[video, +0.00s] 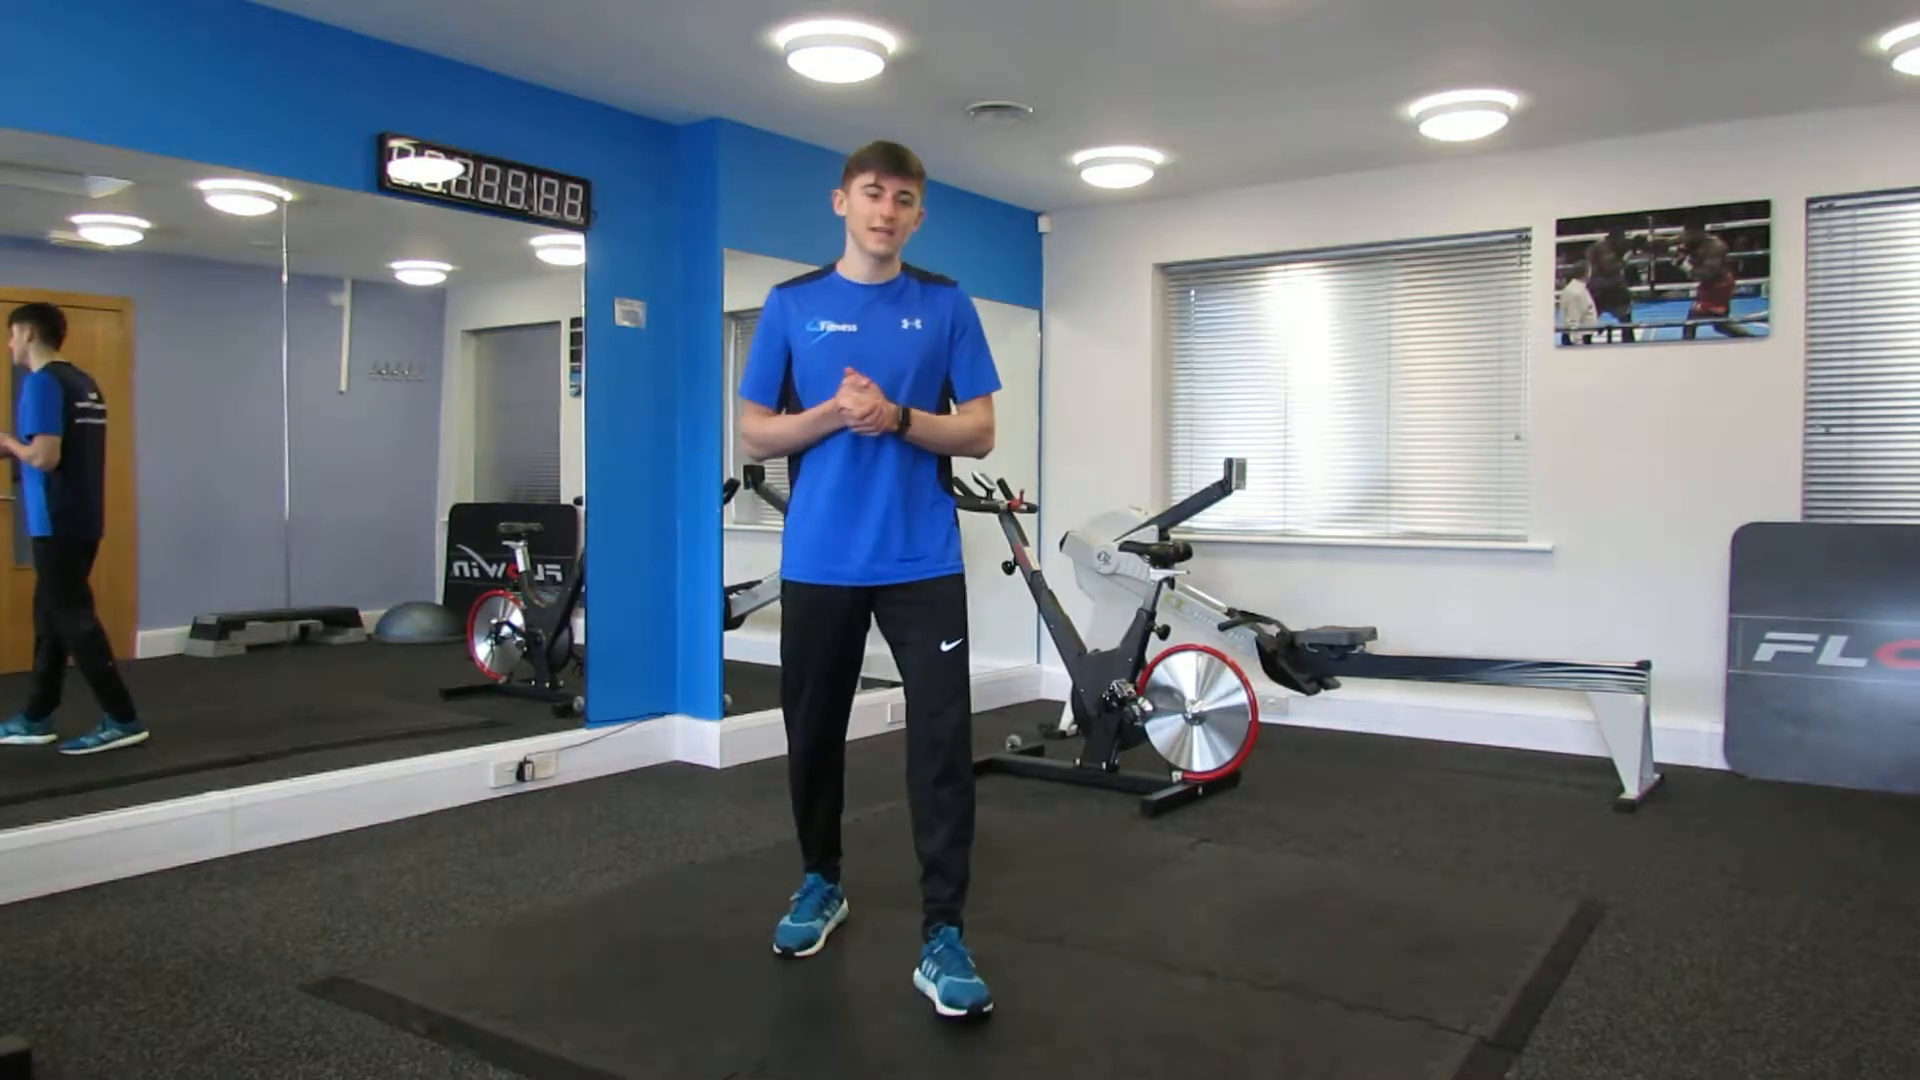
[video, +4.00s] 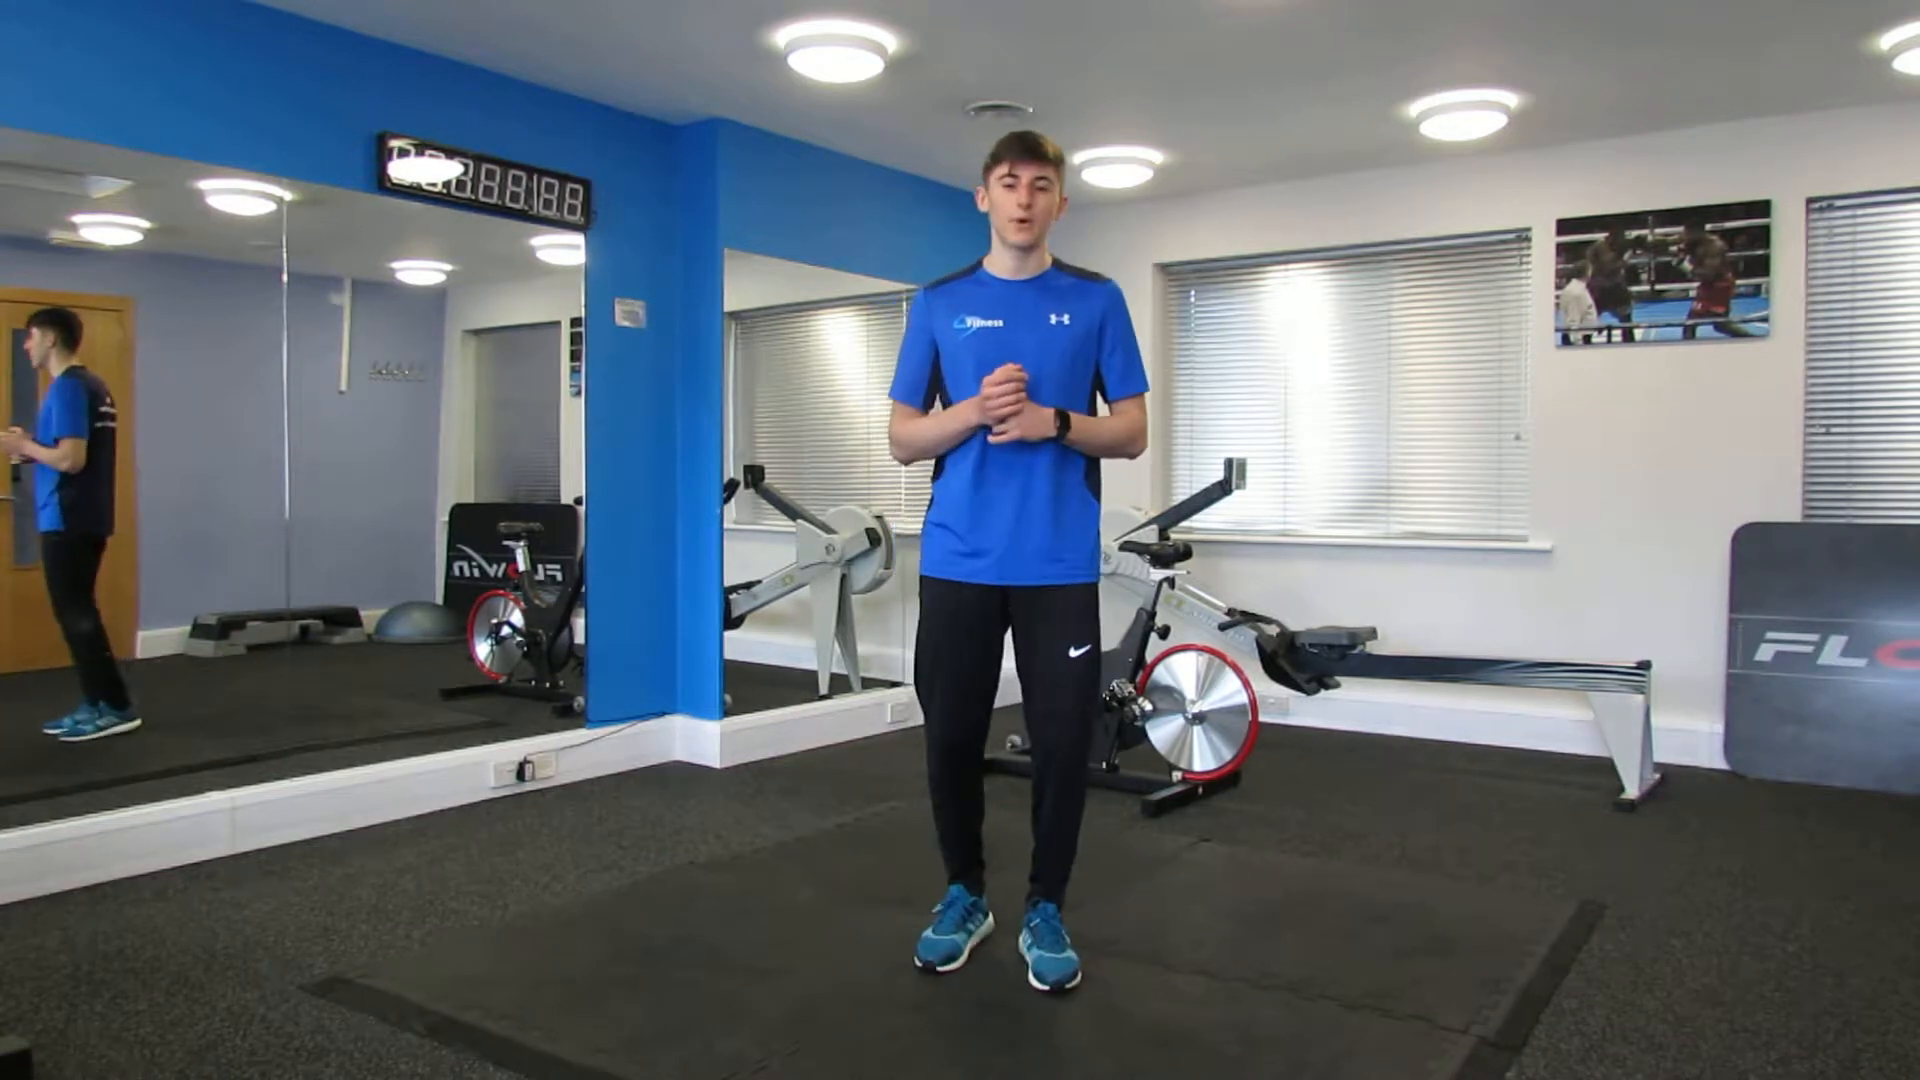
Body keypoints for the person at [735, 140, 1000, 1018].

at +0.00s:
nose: (887, 208)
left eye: (903, 198)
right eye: (874, 192)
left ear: (918, 216)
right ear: (842, 202)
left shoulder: (945, 304)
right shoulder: (789, 305)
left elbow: (979, 431)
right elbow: (754, 435)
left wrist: (899, 419)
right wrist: (830, 415)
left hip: (922, 557)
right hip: (821, 557)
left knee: (944, 737)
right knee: (812, 732)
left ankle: (943, 932)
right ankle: (820, 882)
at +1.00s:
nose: (923, 161)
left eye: (942, 147)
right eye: (906, 147)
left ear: (970, 165)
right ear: (883, 166)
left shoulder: (1016, 275)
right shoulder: (839, 278)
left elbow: (1053, 429)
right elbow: (800, 437)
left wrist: (1009, 413)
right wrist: (831, 392)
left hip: (975, 573)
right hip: (859, 571)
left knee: (970, 777)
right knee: (859, 792)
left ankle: (944, 936)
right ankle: (883, 1002)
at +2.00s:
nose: (994, 156)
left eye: (1012, 143)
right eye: (976, 143)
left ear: (1037, 164)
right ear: (948, 162)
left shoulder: (1081, 274)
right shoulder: (906, 272)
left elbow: (1130, 424)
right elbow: (854, 418)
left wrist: (1059, 426)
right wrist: (937, 335)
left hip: (1037, 566)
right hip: (920, 563)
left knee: (1048, 776)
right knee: (894, 775)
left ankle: (1036, 963)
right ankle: (889, 999)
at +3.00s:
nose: (980, 204)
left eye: (996, 192)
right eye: (965, 191)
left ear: (1017, 207)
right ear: (941, 205)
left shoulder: (1060, 300)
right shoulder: (905, 304)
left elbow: (1111, 428)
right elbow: (857, 442)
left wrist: (1040, 412)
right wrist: (890, 350)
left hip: (1027, 558)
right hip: (928, 556)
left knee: (1039, 745)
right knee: (936, 738)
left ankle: (1037, 932)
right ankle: (962, 892)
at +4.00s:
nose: (1025, 196)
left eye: (1041, 185)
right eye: (1009, 183)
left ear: (1060, 203)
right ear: (984, 199)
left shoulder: (1096, 301)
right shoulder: (937, 303)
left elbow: (1132, 433)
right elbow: (905, 438)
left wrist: (1055, 421)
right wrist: (974, 410)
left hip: (1059, 562)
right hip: (958, 559)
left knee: (1064, 740)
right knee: (951, 738)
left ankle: (1045, 910)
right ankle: (963, 893)